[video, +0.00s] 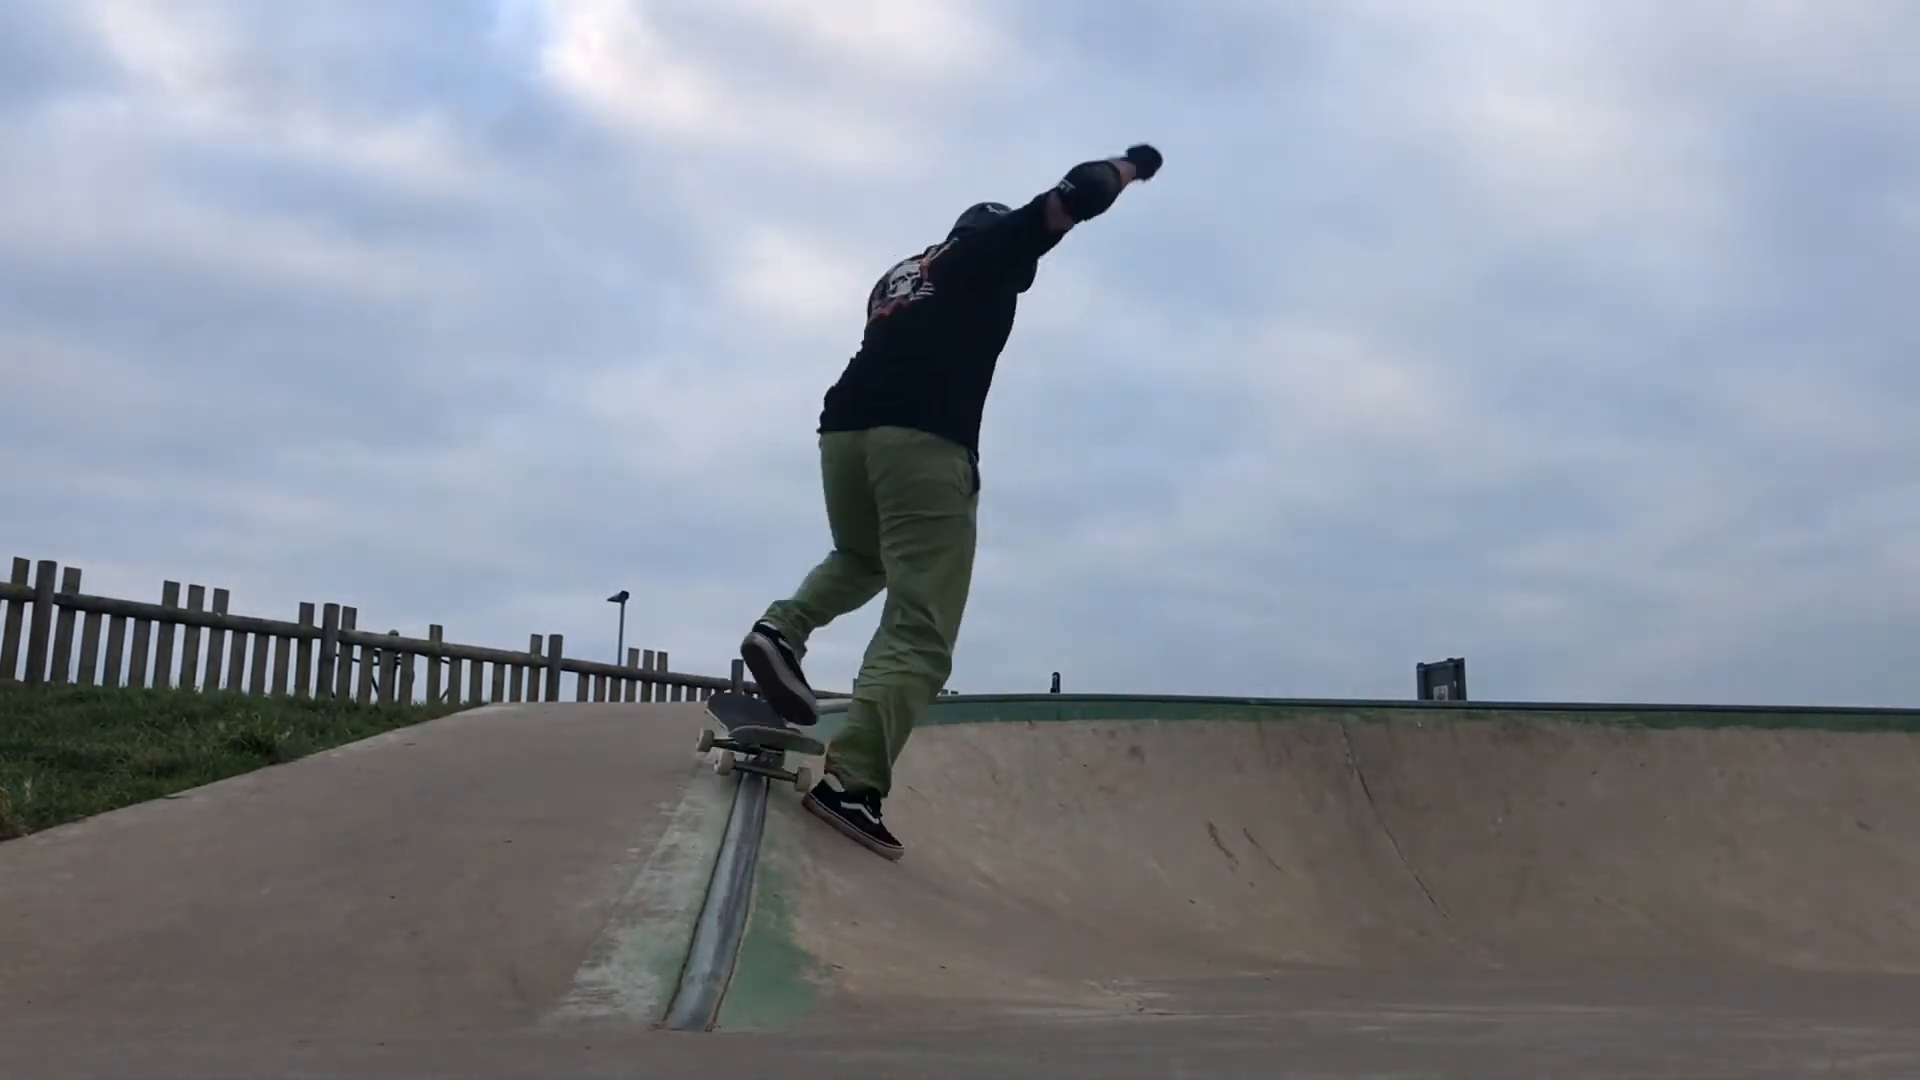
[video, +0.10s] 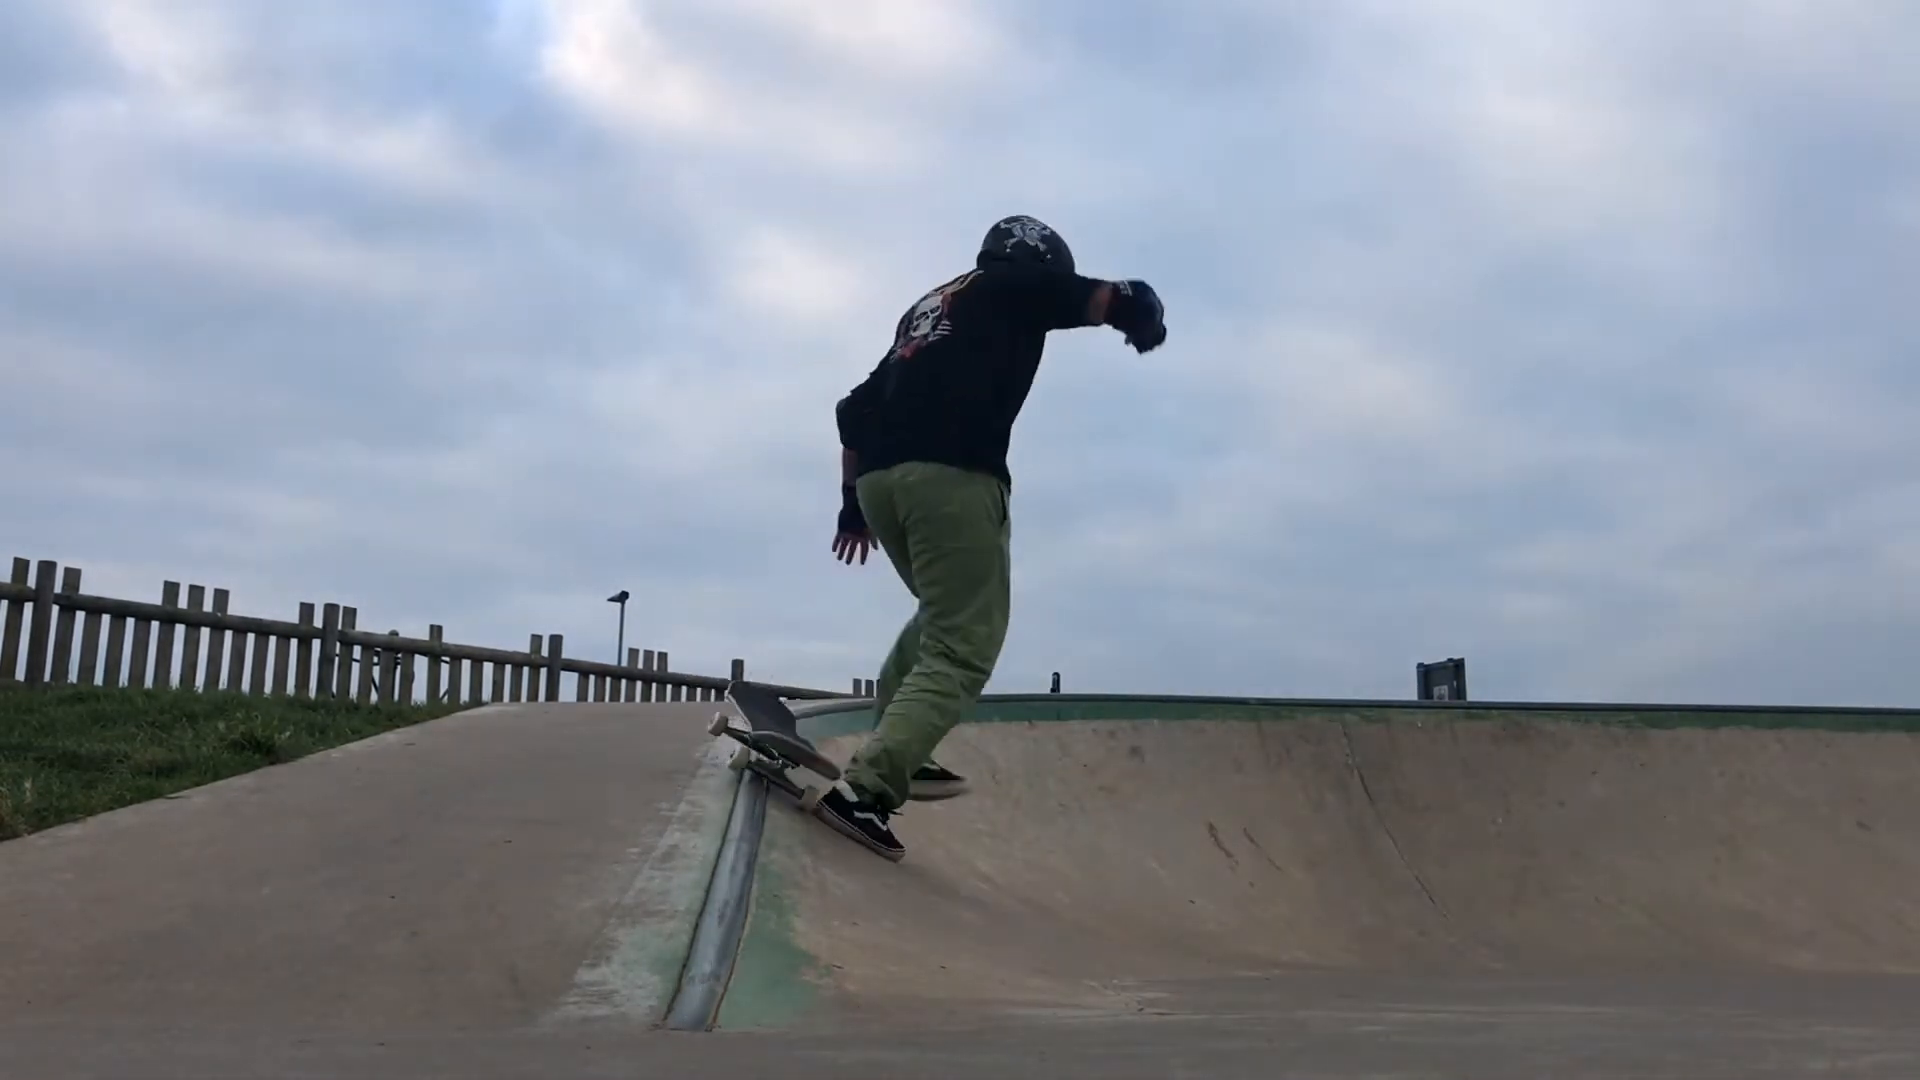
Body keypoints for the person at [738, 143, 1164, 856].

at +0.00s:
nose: (1043, 246)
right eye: (1028, 235)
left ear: (960, 228)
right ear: (1008, 230)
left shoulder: (904, 271)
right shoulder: (1000, 244)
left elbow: (892, 350)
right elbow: (1074, 195)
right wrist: (1125, 166)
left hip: (843, 429)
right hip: (924, 436)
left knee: (861, 558)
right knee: (919, 630)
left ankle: (779, 633)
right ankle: (851, 785)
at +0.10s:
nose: (1055, 289)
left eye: (1056, 280)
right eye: (1055, 279)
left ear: (993, 254)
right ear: (1041, 264)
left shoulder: (926, 310)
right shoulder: (1020, 284)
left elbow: (855, 409)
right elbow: (1108, 299)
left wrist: (853, 500)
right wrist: (1137, 310)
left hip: (878, 480)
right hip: (954, 473)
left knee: (941, 607)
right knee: (960, 653)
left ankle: (899, 746)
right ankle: (865, 791)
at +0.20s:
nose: (1095, 299)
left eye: (1099, 288)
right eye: (1090, 283)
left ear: (1032, 275)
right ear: (1049, 269)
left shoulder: (968, 329)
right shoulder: (1060, 323)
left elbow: (882, 390)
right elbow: (1106, 418)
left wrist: (842, 485)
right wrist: (1153, 470)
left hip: (926, 506)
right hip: (989, 502)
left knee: (996, 680)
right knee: (1009, 682)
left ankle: (1012, 849)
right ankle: (886, 778)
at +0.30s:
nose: (1130, 322)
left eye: (1136, 311)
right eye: (1120, 306)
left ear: (1087, 311)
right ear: (1079, 302)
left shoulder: (1022, 363)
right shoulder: (1079, 368)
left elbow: (942, 421)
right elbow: (1087, 475)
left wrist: (908, 510)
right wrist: (1130, 550)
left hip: (988, 564)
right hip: (1032, 559)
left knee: (1045, 718)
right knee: (1117, 699)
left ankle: (1030, 885)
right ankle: (976, 779)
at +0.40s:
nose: (1161, 335)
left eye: (1172, 325)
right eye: (1149, 319)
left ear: (1178, 331)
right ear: (1113, 316)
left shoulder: (1104, 388)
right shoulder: (1092, 383)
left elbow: (1088, 508)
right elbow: (1084, 506)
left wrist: (1134, 573)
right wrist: (1145, 573)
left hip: (1054, 585)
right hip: (1068, 581)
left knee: (1104, 734)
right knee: (1176, 704)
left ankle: (1030, 882)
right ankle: (1125, 883)